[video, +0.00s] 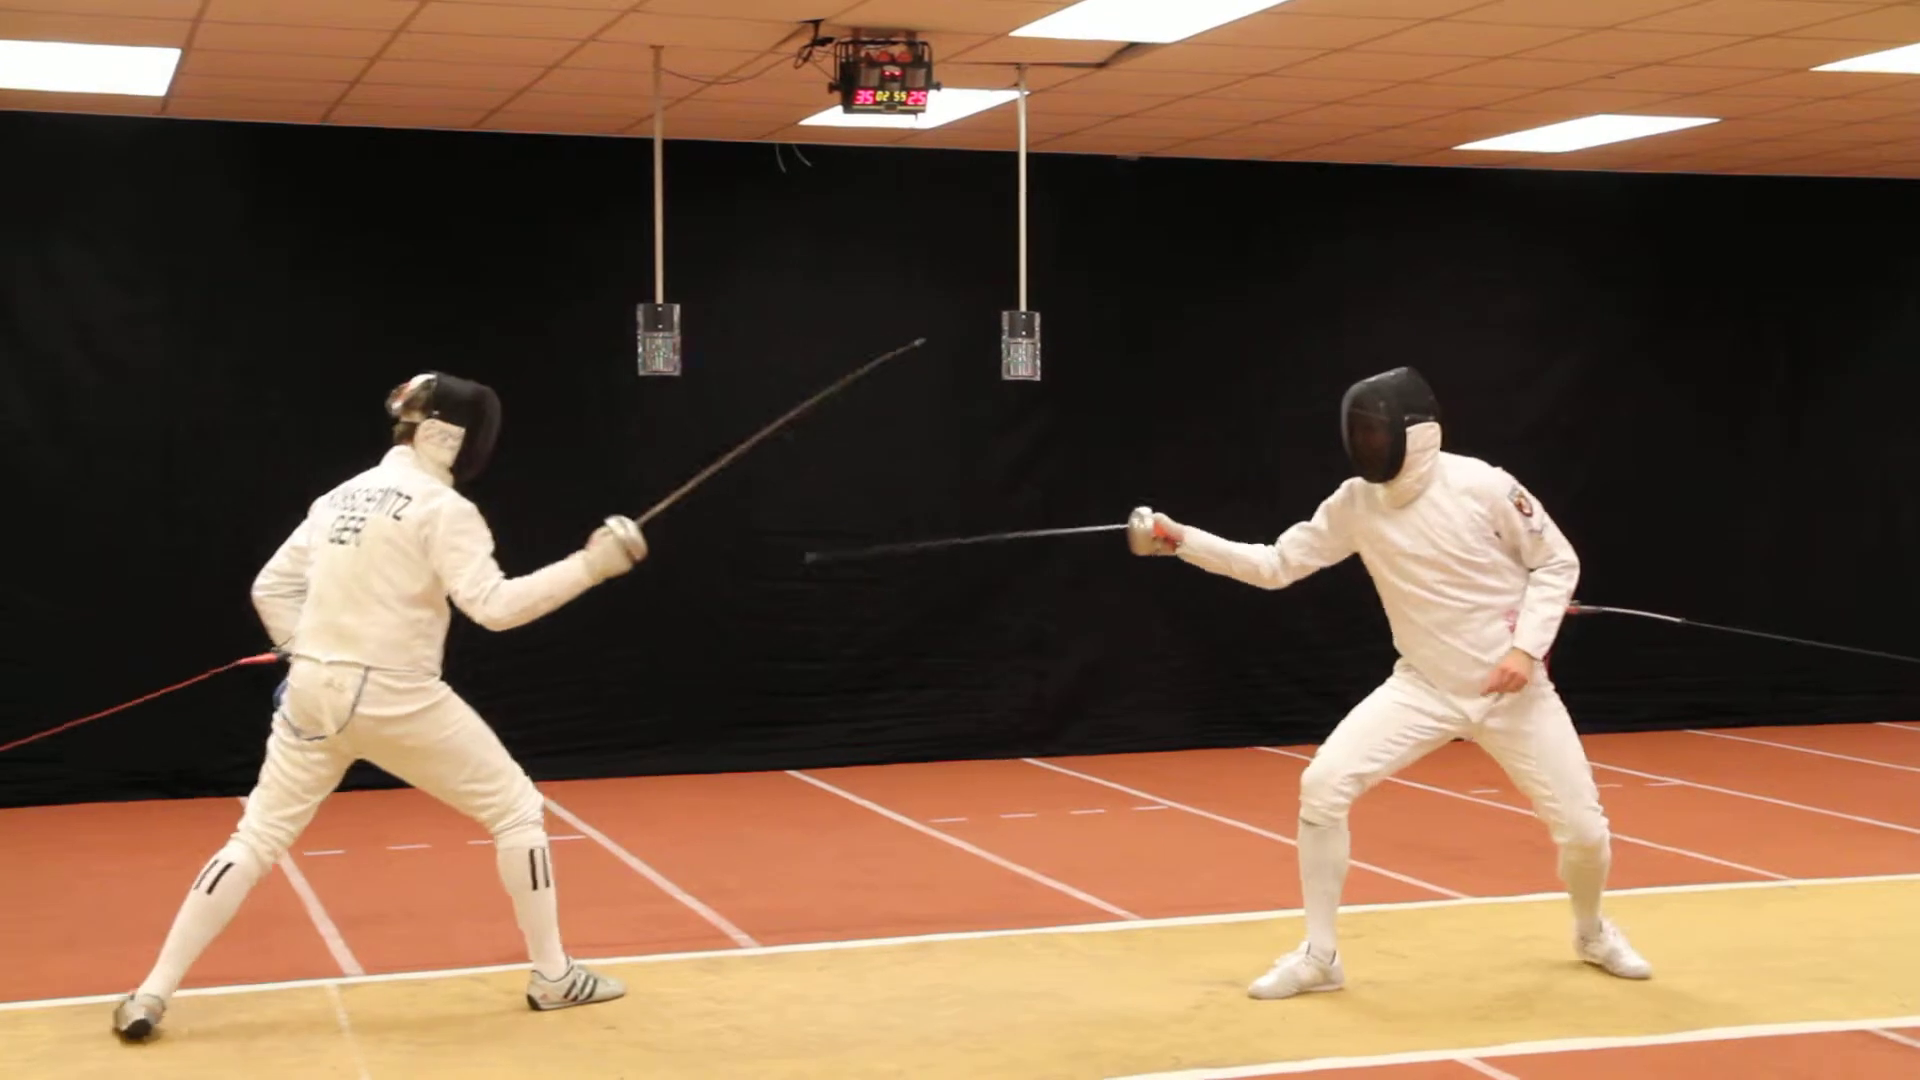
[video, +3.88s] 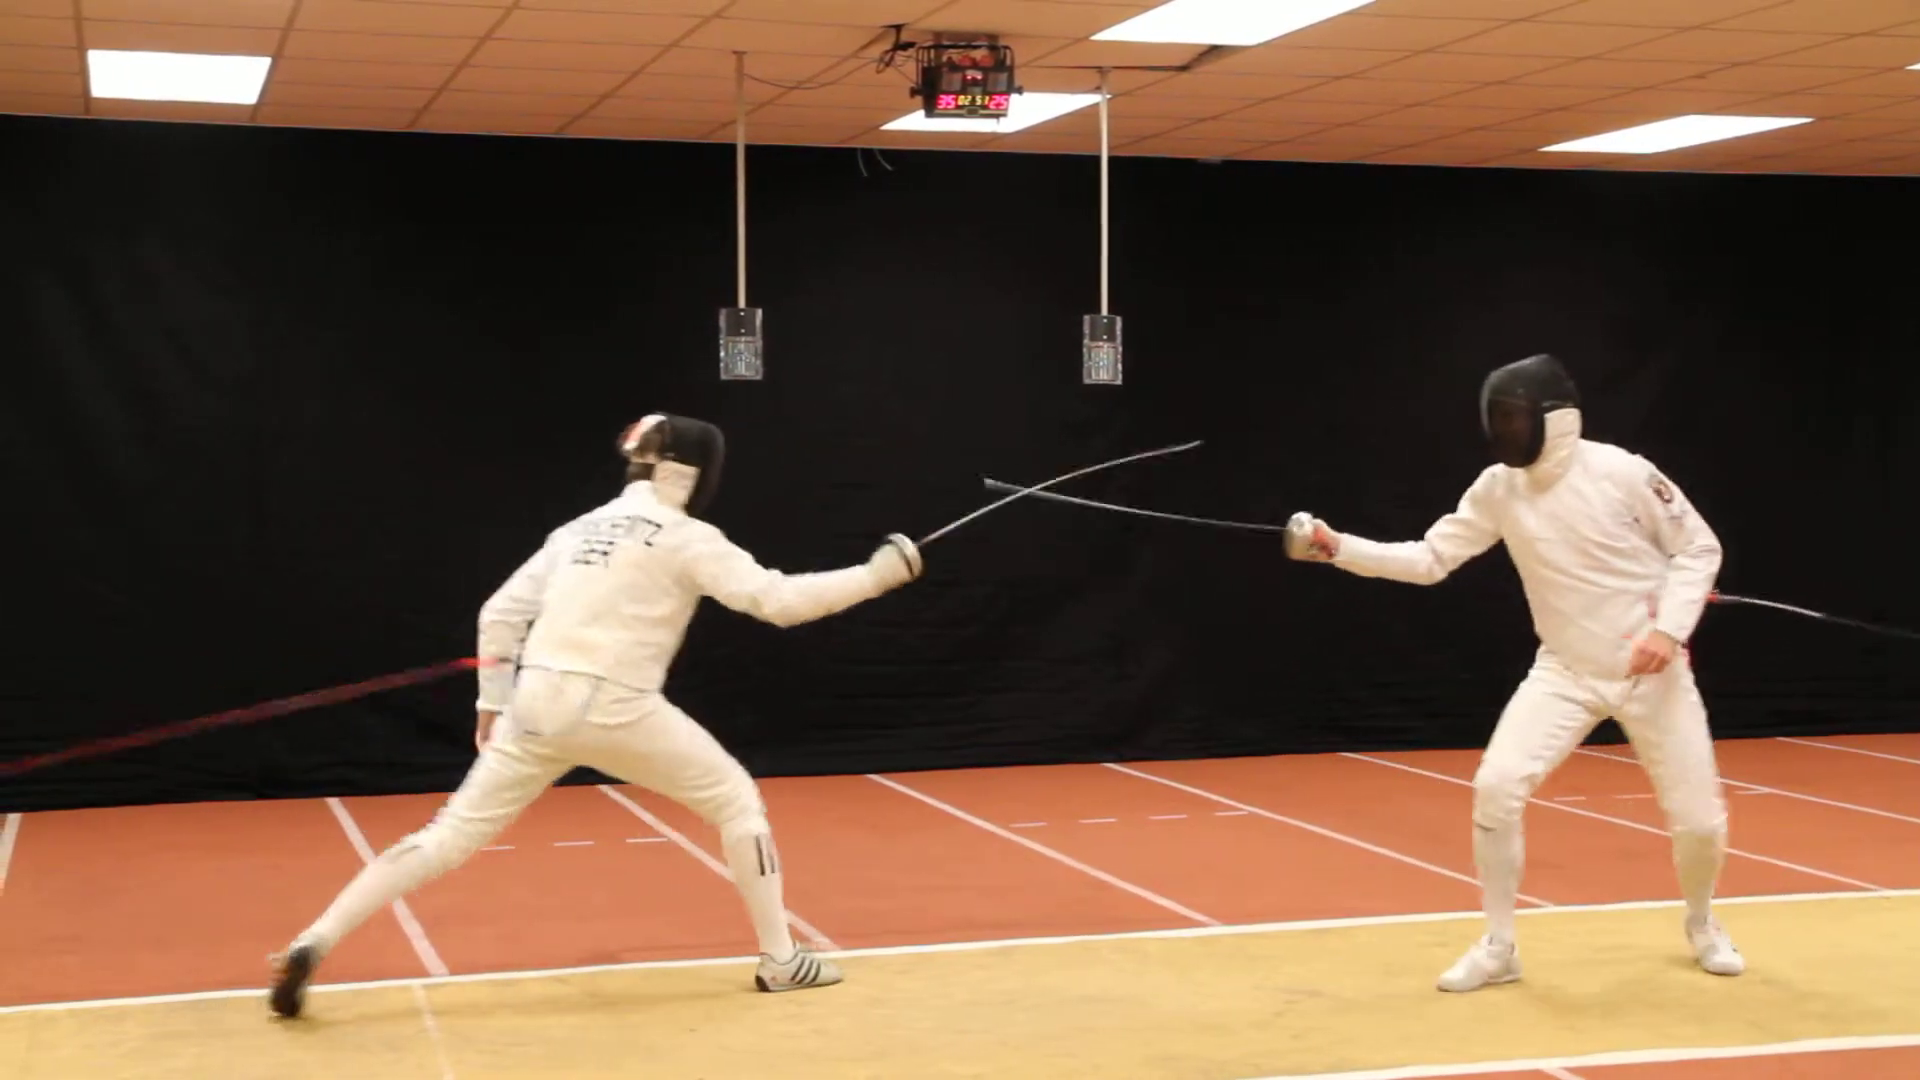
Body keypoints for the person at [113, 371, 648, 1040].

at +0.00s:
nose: (473, 448)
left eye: (472, 435)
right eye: (468, 433)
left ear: (408, 430)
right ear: (440, 434)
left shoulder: (339, 500)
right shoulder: (444, 509)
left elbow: (272, 590)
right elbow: (496, 606)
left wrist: (317, 667)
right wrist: (593, 561)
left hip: (309, 694)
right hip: (399, 697)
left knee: (254, 840)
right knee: (515, 810)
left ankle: (150, 996)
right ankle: (553, 975)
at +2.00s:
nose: (458, 452)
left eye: (457, 439)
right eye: (454, 440)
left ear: (389, 433)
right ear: (432, 439)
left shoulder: (332, 506)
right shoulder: (425, 508)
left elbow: (280, 599)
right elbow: (486, 595)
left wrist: (324, 667)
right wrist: (600, 596)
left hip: (317, 698)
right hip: (397, 697)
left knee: (302, 842)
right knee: (516, 805)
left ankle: (203, 970)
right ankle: (537, 973)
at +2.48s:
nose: (503, 471)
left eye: (493, 453)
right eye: (502, 458)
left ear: (438, 449)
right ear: (488, 459)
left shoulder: (379, 518)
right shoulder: (473, 530)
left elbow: (320, 603)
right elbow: (560, 604)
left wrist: (355, 675)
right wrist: (670, 580)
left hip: (345, 709)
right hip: (427, 714)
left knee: (293, 851)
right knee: (553, 812)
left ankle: (184, 993)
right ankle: (615, 967)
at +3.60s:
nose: (563, 482)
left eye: (555, 466)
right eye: (560, 469)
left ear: (499, 462)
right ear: (542, 470)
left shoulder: (445, 530)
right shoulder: (527, 538)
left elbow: (392, 619)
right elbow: (603, 625)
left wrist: (422, 686)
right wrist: (715, 613)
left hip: (408, 713)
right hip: (487, 716)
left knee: (357, 857)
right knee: (625, 788)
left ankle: (242, 990)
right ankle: (662, 955)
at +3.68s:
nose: (560, 468)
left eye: (555, 453)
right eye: (563, 457)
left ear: (533, 458)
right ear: (564, 465)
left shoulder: (477, 524)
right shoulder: (560, 531)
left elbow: (421, 611)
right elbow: (650, 606)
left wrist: (452, 679)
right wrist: (762, 592)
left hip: (435, 708)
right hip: (516, 707)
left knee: (361, 848)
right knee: (653, 777)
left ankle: (242, 984)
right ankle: (696, 939)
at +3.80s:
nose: (656, 473)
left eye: (633, 456)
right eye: (659, 463)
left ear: (599, 458)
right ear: (655, 467)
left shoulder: (541, 521)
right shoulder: (646, 529)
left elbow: (473, 604)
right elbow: (737, 581)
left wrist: (494, 673)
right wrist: (844, 568)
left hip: (495, 692)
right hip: (579, 701)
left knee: (397, 827)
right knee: (689, 813)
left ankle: (267, 951)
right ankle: (770, 956)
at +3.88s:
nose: (704, 481)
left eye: (685, 463)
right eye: (704, 470)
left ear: (639, 467)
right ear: (694, 476)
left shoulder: (576, 531)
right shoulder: (689, 540)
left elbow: (502, 613)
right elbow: (778, 600)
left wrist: (493, 702)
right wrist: (879, 573)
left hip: (533, 701)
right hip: (619, 708)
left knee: (446, 838)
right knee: (734, 796)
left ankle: (313, 942)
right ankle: (780, 956)